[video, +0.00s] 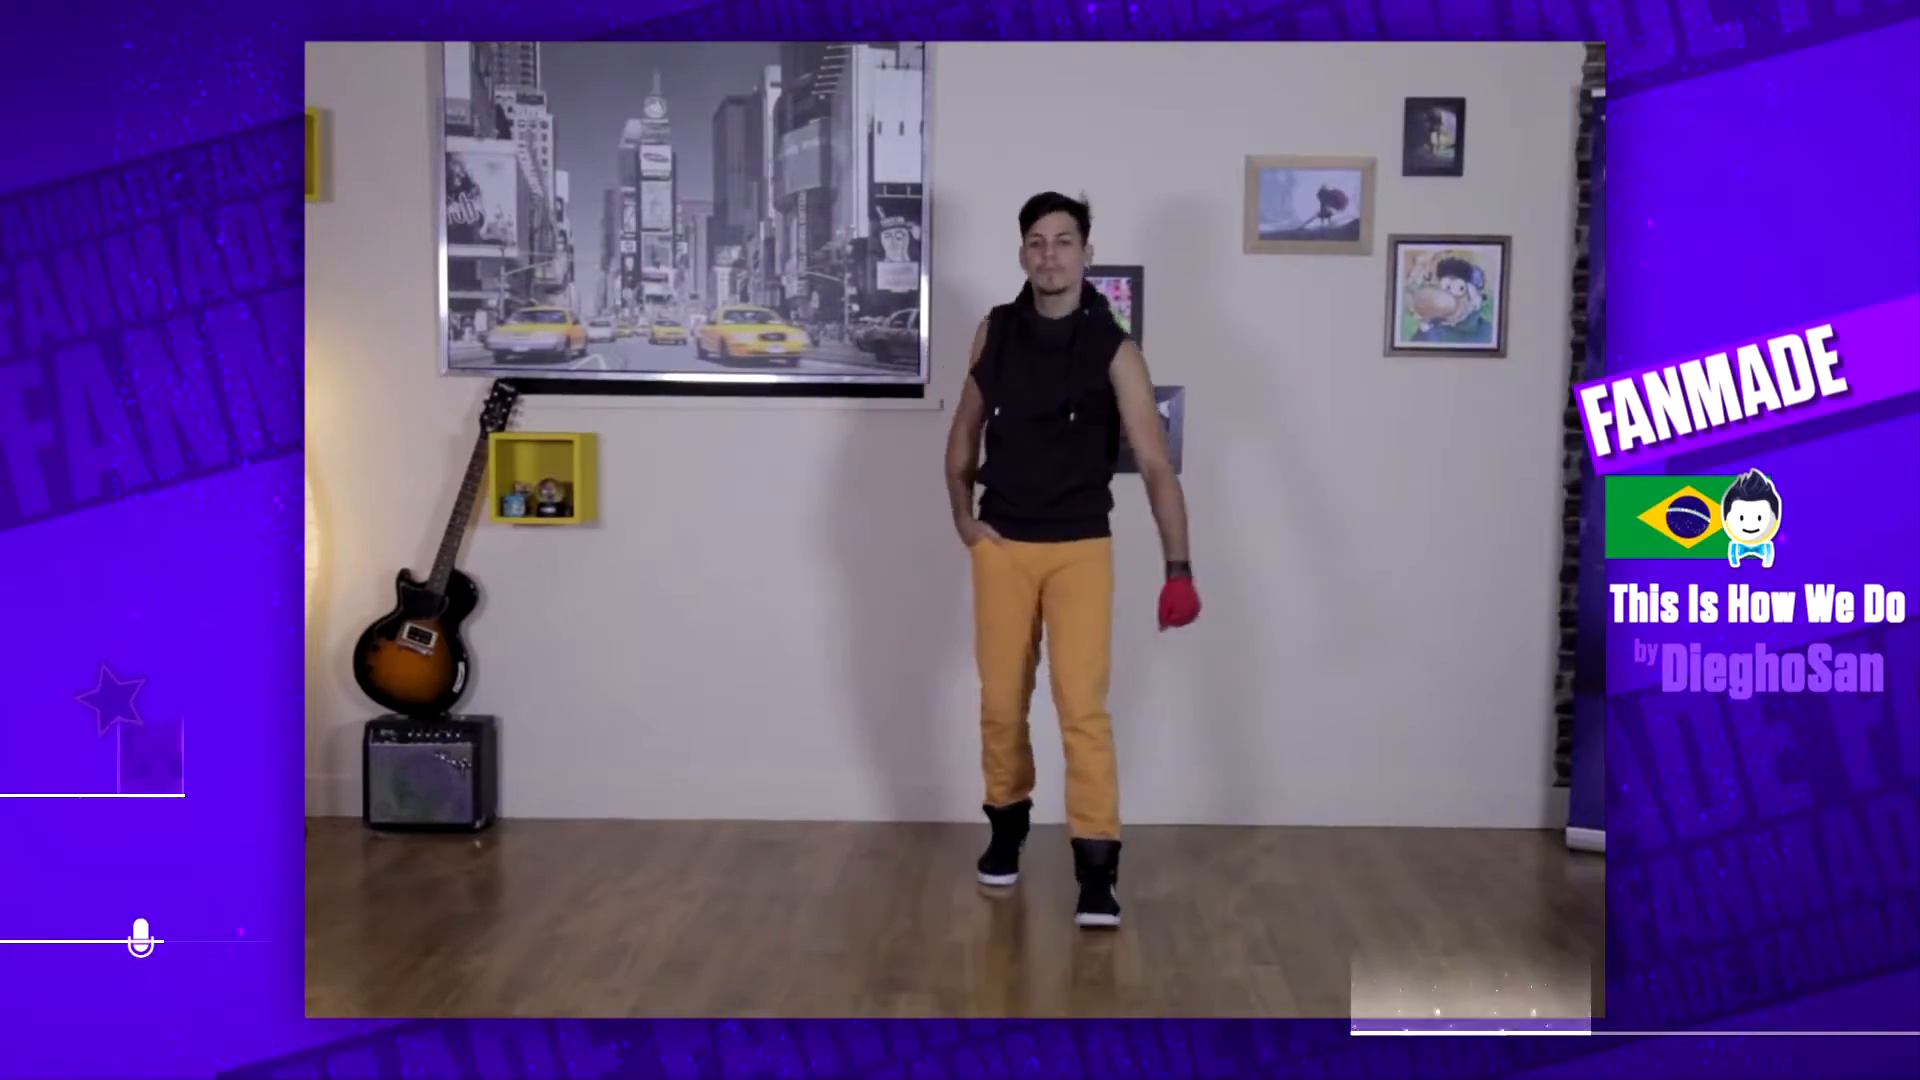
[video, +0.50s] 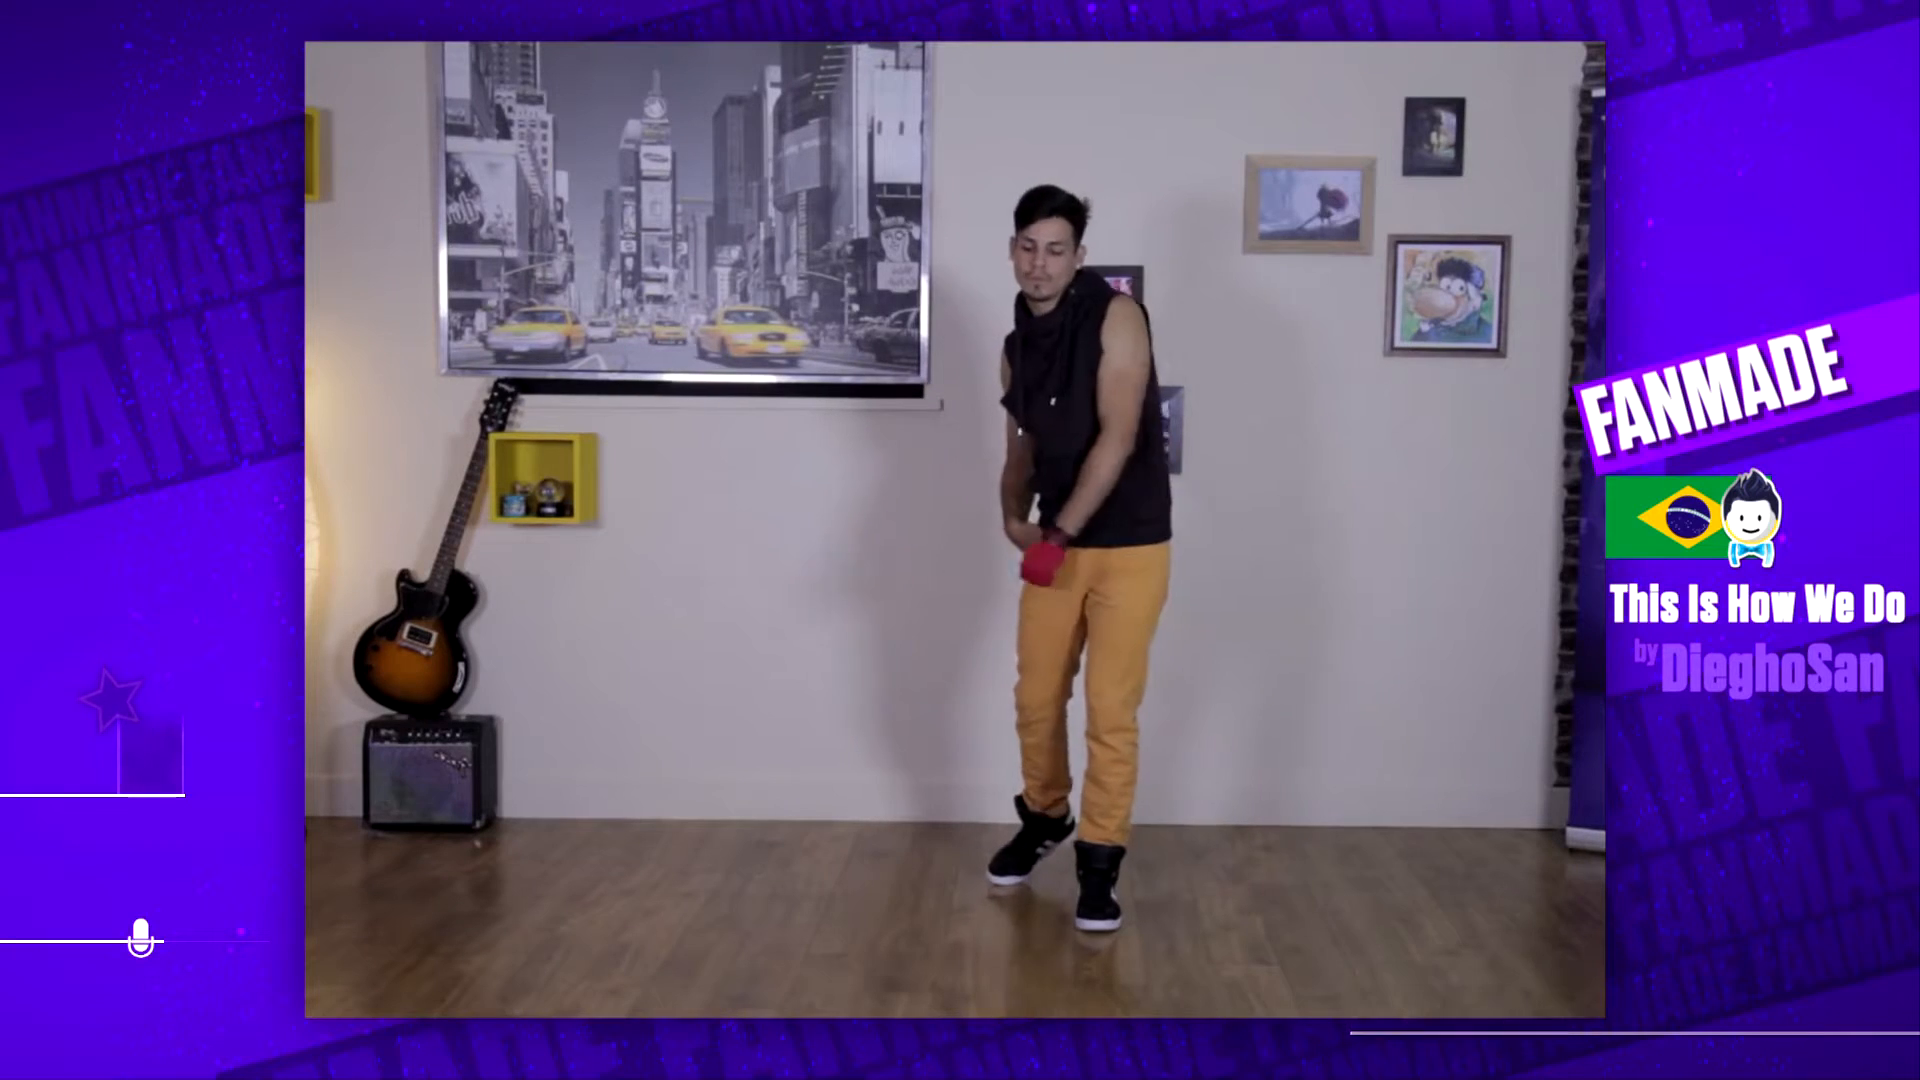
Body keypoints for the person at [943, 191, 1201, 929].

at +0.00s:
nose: (1049, 254)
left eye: (1062, 242)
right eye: (1037, 243)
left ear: (1086, 251)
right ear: (1022, 255)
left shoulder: (1113, 349)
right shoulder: (996, 332)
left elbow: (1157, 465)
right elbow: (965, 430)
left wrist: (1179, 567)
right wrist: (963, 514)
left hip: (1081, 550)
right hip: (1000, 546)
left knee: (1083, 710)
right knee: (1000, 706)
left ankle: (1097, 871)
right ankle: (1006, 829)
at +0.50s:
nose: (1037, 263)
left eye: (1053, 250)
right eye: (1026, 249)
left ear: (1079, 256)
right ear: (1011, 254)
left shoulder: (1118, 320)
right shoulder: (1018, 348)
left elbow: (1119, 437)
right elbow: (1019, 448)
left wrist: (1061, 534)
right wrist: (1014, 517)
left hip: (1128, 546)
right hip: (1055, 544)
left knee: (1109, 710)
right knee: (1036, 701)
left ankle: (1100, 865)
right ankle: (1045, 817)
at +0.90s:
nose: (1087, 240)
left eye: (1105, 228)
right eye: (1076, 225)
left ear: (1127, 241)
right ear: (1061, 232)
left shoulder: (1159, 319)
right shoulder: (1029, 330)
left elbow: (1181, 435)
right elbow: (995, 442)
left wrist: (1154, 525)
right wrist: (1013, 520)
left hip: (1138, 547)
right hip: (1057, 543)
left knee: (1115, 713)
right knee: (1033, 703)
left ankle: (1101, 865)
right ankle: (1032, 814)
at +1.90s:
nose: (1045, 231)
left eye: (1063, 220)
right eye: (1034, 217)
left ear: (1087, 236)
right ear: (1016, 229)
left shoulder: (1120, 330)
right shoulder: (975, 324)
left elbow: (1147, 459)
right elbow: (918, 440)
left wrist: (1085, 435)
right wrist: (966, 531)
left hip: (1103, 563)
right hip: (1009, 562)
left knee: (1138, 722)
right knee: (990, 733)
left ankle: (1126, 864)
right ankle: (966, 897)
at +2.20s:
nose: (1073, 252)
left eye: (1087, 239)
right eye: (1057, 238)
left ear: (1103, 239)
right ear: (1029, 239)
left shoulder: (1125, 302)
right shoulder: (1010, 335)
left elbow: (1106, 410)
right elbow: (973, 449)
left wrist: (1051, 318)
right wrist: (986, 523)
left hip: (1122, 567)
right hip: (1029, 563)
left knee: (1158, 739)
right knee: (995, 736)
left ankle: (1200, 904)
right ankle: (975, 900)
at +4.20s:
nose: (1085, 257)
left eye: (1102, 244)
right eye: (1078, 241)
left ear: (1146, 248)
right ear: (1069, 238)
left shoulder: (1168, 336)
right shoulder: (1032, 312)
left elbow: (1165, 447)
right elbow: (968, 431)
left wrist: (1103, 356)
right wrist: (1000, 533)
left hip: (1135, 569)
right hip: (1040, 565)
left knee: (1157, 739)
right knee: (999, 741)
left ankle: (1187, 908)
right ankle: (970, 903)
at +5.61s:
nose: (1088, 249)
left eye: (1106, 235)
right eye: (1082, 233)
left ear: (1148, 242)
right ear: (1073, 232)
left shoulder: (1160, 338)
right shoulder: (1027, 304)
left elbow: (1155, 449)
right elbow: (956, 424)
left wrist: (1104, 352)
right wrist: (993, 534)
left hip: (1124, 568)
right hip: (1030, 565)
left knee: (1148, 742)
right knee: (993, 739)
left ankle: (1168, 906)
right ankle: (963, 898)